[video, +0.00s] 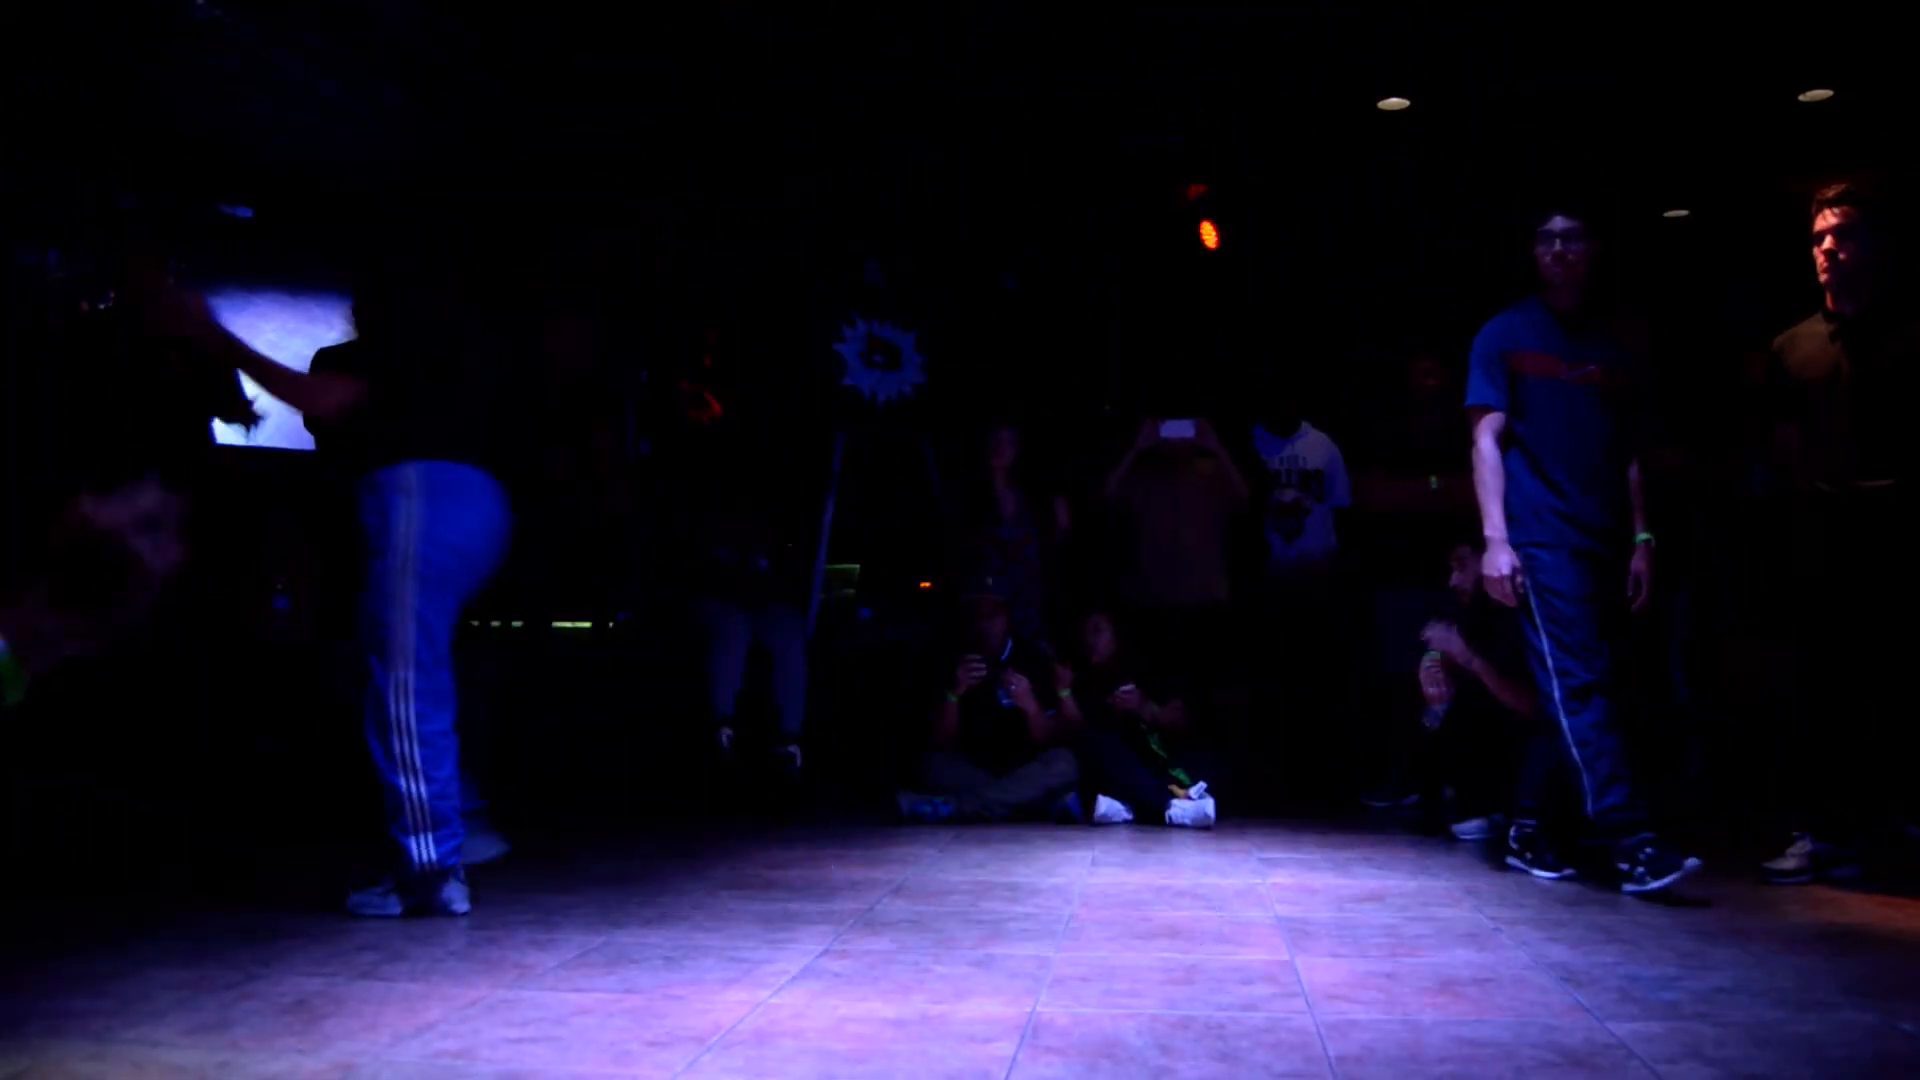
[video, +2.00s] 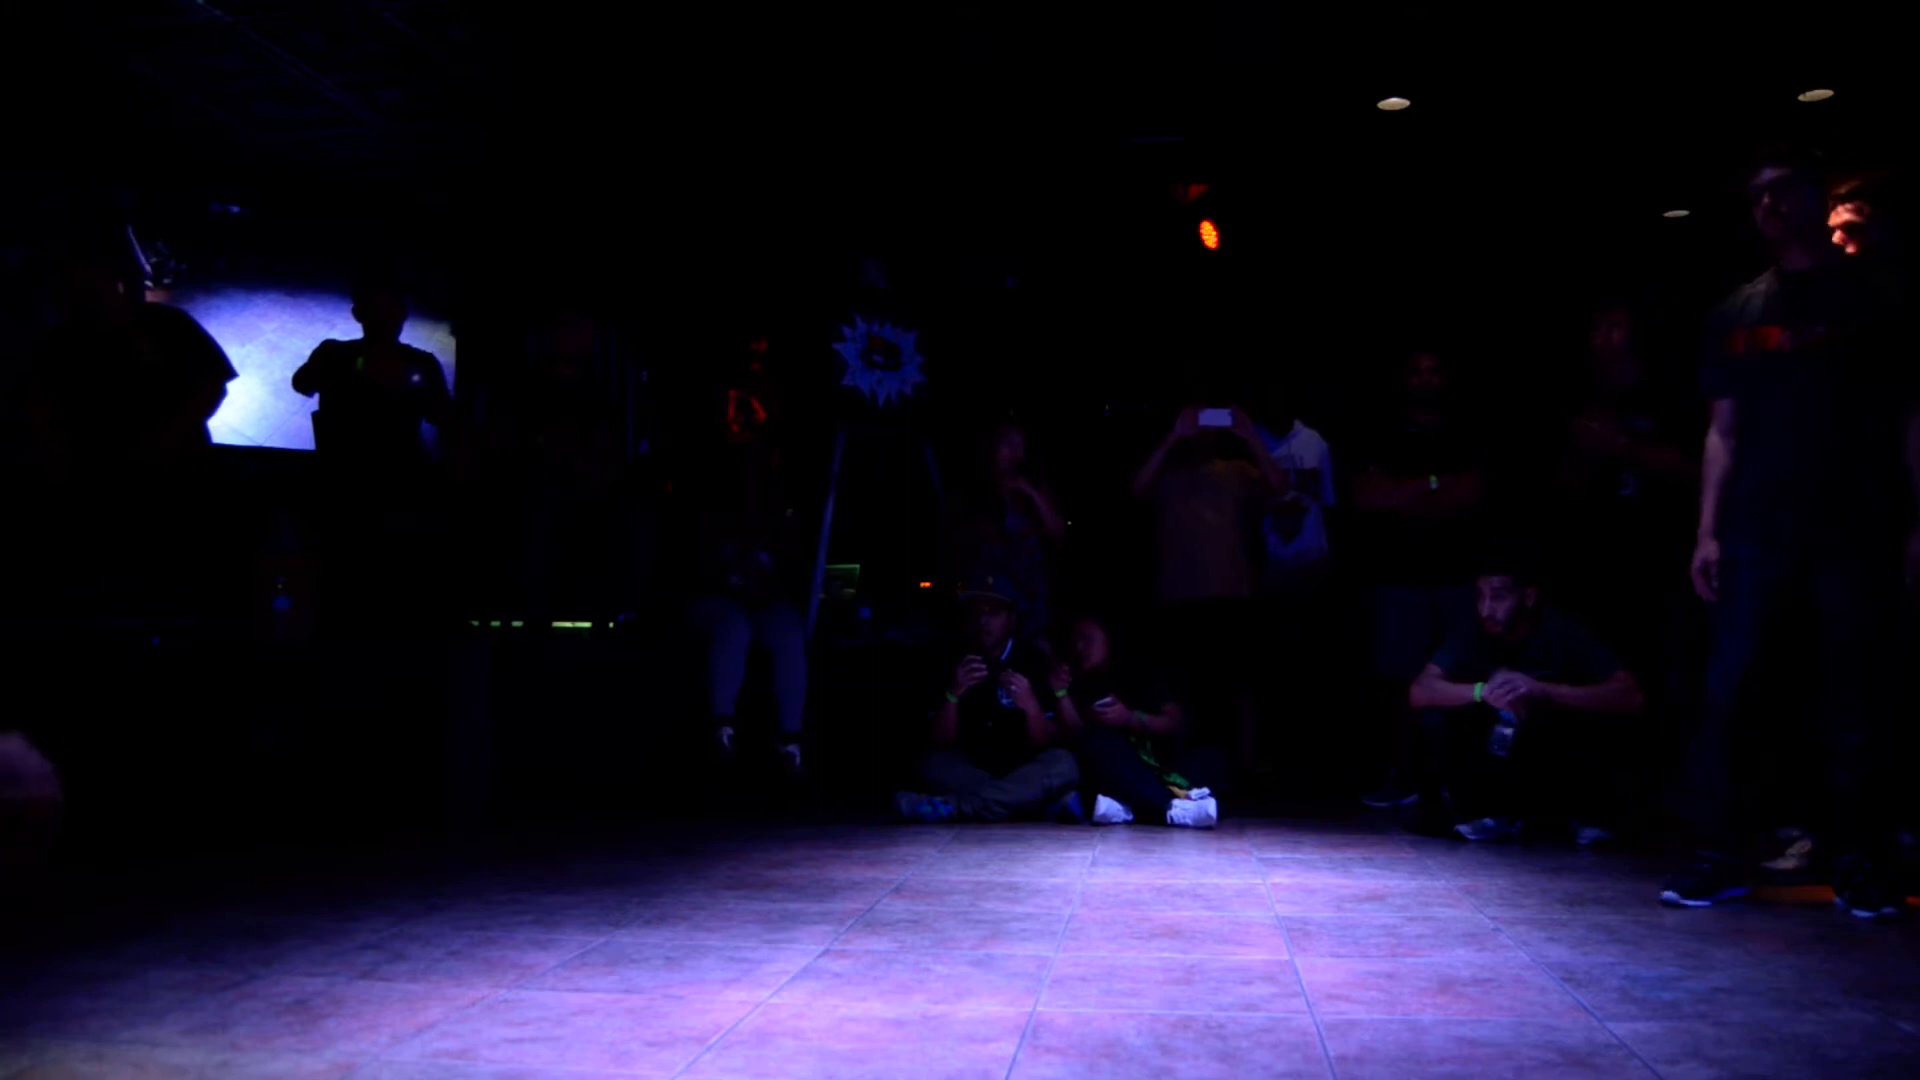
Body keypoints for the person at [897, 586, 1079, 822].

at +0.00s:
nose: (987, 628)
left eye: (994, 619)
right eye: (979, 620)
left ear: (1007, 622)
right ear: (969, 625)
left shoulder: (1029, 660)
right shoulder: (956, 661)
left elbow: (1045, 736)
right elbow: (941, 739)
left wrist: (1028, 703)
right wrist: (956, 693)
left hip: (1021, 754)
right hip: (970, 755)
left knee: (1062, 765)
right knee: (934, 767)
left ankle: (956, 807)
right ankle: (1038, 805)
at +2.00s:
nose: (983, 623)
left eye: (992, 614)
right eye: (976, 615)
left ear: (1009, 619)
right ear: (966, 620)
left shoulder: (1030, 659)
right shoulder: (954, 660)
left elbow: (1045, 741)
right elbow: (941, 741)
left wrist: (1029, 703)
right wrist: (954, 694)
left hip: (1021, 756)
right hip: (970, 756)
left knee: (1063, 765)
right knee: (934, 766)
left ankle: (958, 808)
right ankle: (1039, 807)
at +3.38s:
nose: (1003, 628)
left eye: (1012, 619)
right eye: (997, 619)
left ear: (1032, 623)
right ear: (989, 626)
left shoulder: (1055, 665)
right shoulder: (977, 666)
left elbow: (1075, 744)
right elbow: (966, 743)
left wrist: (1055, 710)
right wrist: (980, 700)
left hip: (1047, 762)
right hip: (994, 764)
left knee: (1089, 771)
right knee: (959, 771)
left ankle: (985, 814)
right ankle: (1065, 813)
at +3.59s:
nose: (1037, 625)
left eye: (1045, 616)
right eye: (1031, 617)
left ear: (1062, 621)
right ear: (1022, 624)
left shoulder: (1085, 661)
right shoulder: (1010, 662)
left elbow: (1102, 741)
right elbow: (996, 740)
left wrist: (1083, 706)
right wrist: (1010, 695)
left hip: (1076, 757)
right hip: (1025, 758)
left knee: (1117, 767)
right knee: (991, 769)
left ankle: (1014, 810)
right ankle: (1094, 809)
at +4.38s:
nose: (1072, 625)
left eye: (1079, 615)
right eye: (1064, 616)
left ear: (1091, 620)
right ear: (1051, 621)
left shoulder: (1110, 660)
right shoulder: (1036, 662)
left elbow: (1128, 738)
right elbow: (1024, 742)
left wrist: (1108, 705)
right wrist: (1034, 694)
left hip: (1101, 757)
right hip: (1051, 757)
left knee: (1141, 766)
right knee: (1018, 768)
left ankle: (1037, 809)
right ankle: (1120, 808)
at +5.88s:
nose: (1065, 629)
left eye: (1072, 620)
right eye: (1058, 621)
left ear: (1086, 623)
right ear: (1048, 627)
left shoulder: (1109, 661)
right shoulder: (1034, 663)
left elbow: (1129, 738)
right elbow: (1021, 741)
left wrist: (1107, 705)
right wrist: (1034, 696)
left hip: (1100, 756)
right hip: (1050, 756)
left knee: (1140, 767)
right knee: (1016, 769)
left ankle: (1035, 809)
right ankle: (1119, 809)